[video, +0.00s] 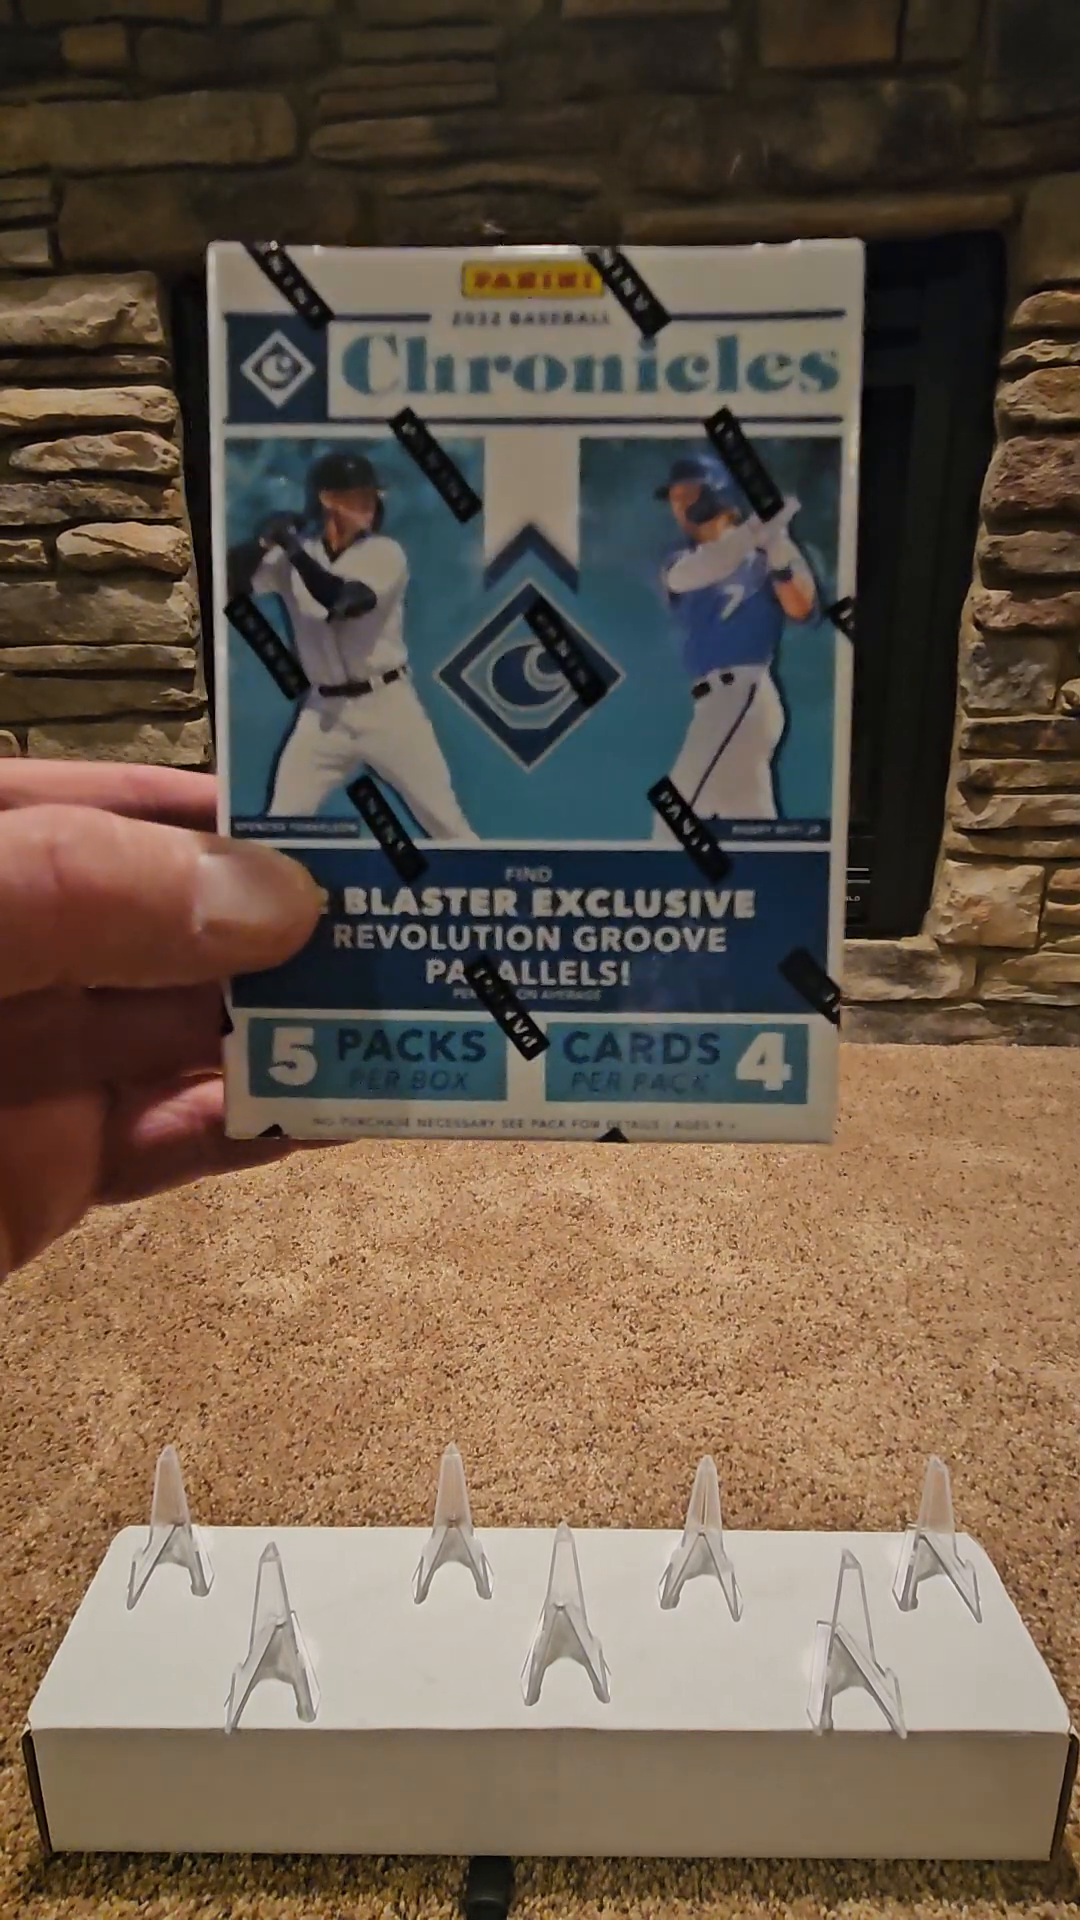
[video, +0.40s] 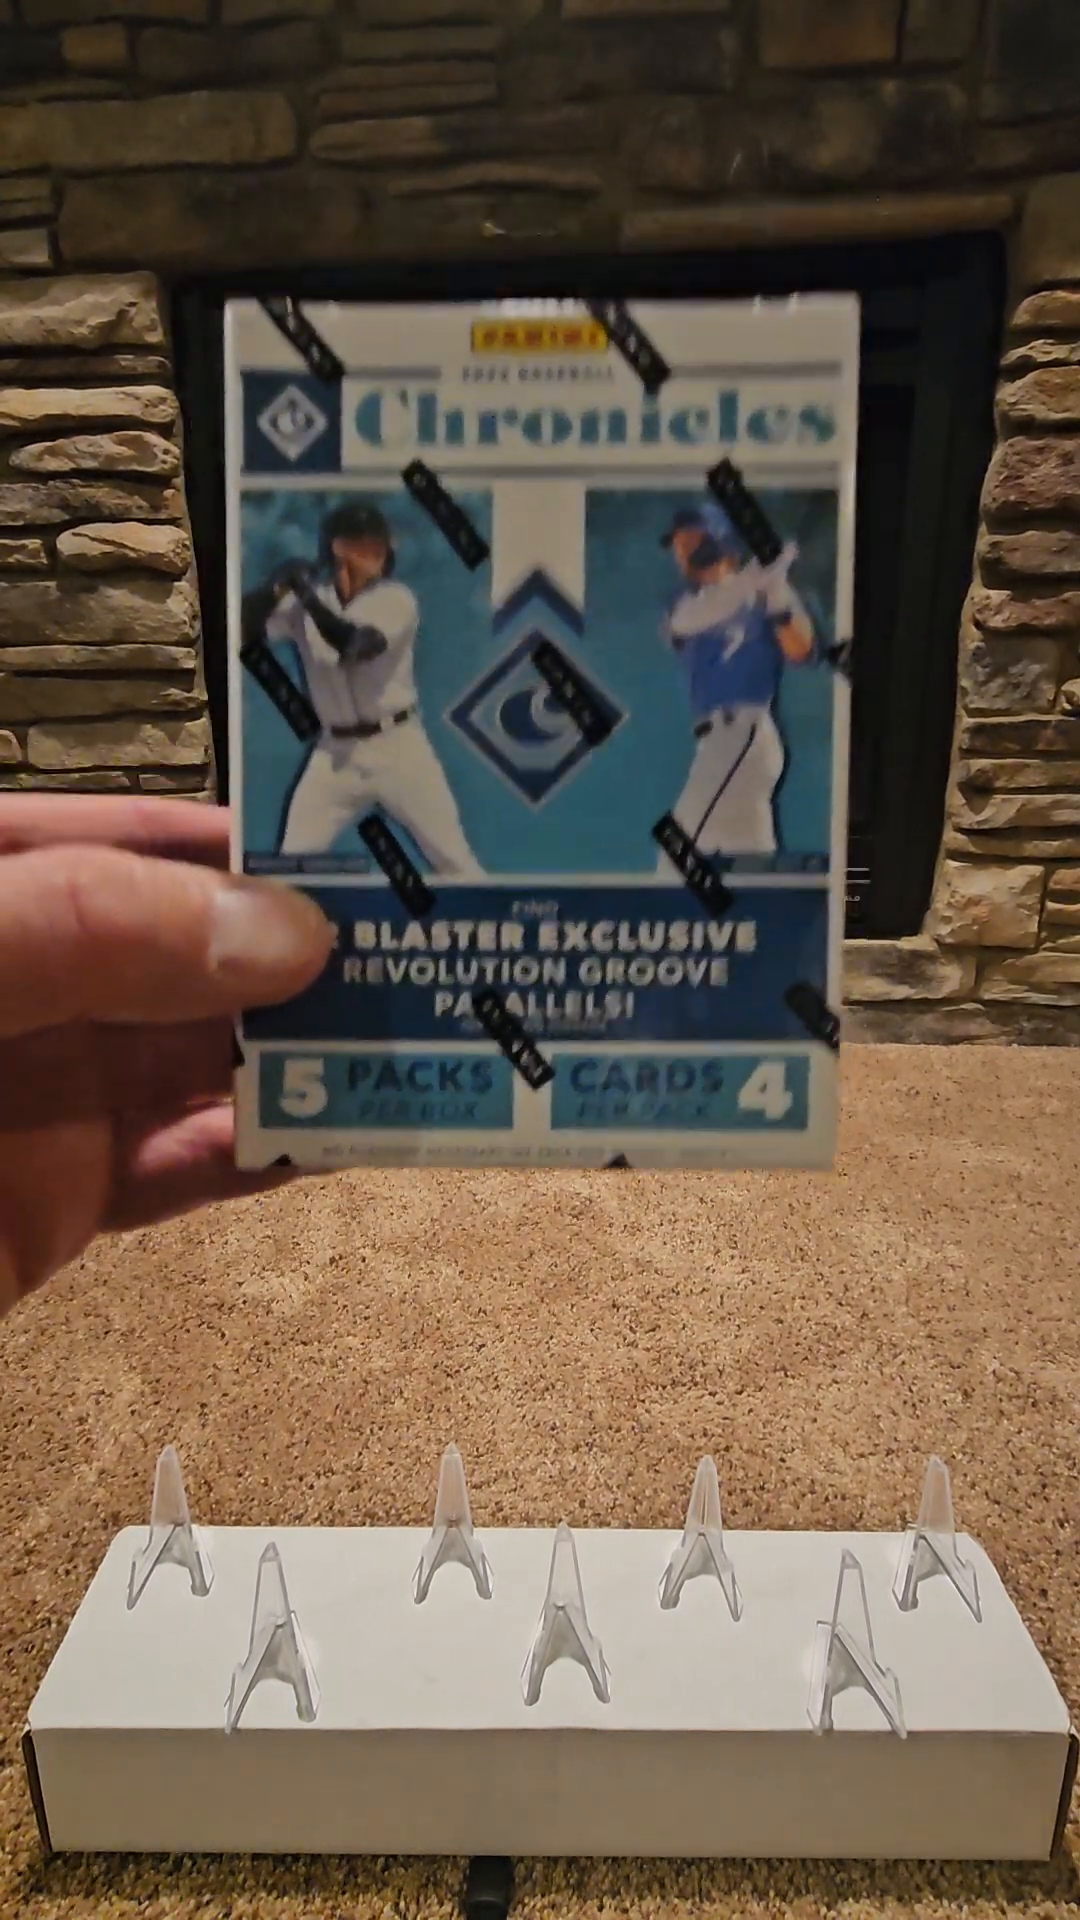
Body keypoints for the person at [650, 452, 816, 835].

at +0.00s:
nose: (679, 509)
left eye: (688, 496)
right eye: (674, 500)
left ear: (717, 497)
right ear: (670, 506)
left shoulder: (769, 547)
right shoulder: (680, 562)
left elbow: (801, 609)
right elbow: (698, 572)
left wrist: (777, 546)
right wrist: (757, 528)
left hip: (744, 697)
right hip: (713, 702)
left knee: (676, 816)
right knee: (753, 832)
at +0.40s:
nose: (683, 554)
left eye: (692, 541)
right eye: (678, 545)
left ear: (719, 544)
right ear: (675, 555)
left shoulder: (763, 590)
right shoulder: (686, 607)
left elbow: (800, 651)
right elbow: (692, 620)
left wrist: (776, 589)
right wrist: (755, 576)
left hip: (746, 733)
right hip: (714, 737)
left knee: (680, 849)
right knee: (749, 863)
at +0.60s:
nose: (660, 607)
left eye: (668, 595)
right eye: (656, 598)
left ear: (695, 596)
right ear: (653, 603)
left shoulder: (749, 645)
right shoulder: (662, 654)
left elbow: (778, 703)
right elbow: (686, 663)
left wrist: (755, 646)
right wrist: (733, 625)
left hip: (723, 783)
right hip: (692, 788)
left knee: (657, 892)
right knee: (732, 908)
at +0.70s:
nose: (670, 619)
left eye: (678, 607)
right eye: (666, 610)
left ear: (707, 608)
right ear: (663, 615)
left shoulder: (757, 656)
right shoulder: (668, 668)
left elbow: (788, 714)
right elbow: (693, 677)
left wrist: (764, 656)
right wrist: (742, 641)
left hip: (735, 797)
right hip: (704, 802)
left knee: (669, 907)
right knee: (744, 922)